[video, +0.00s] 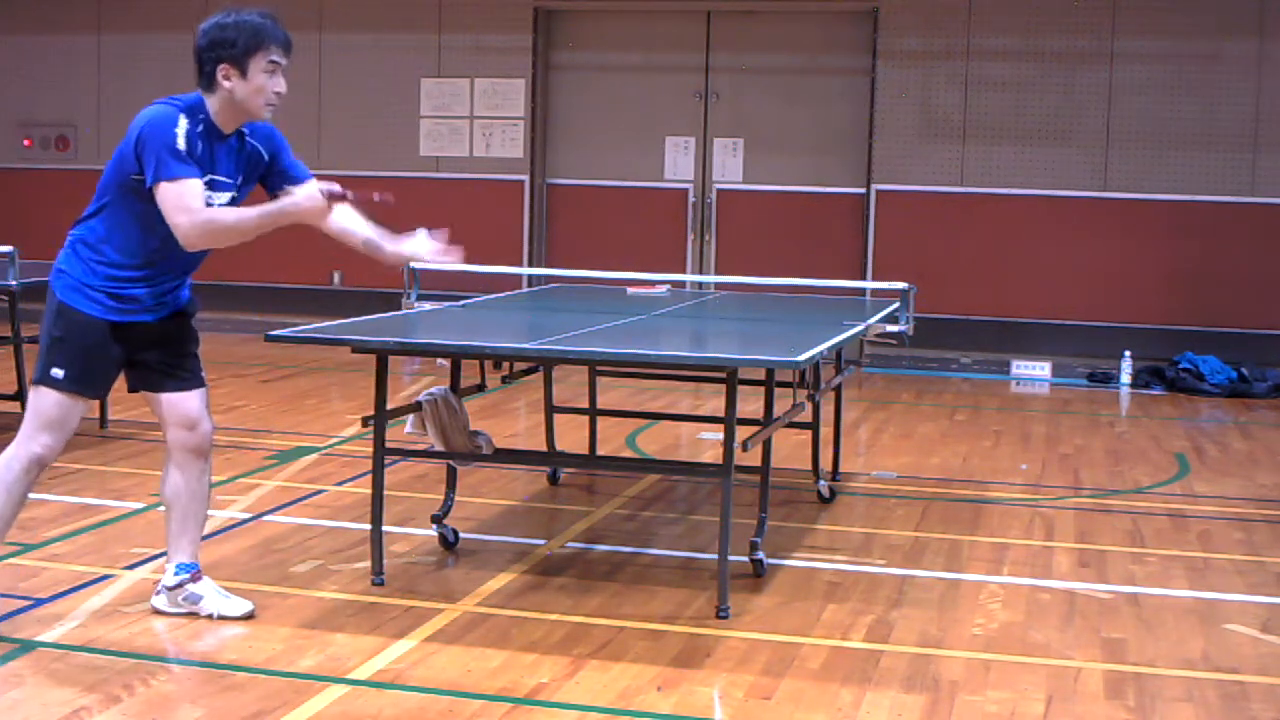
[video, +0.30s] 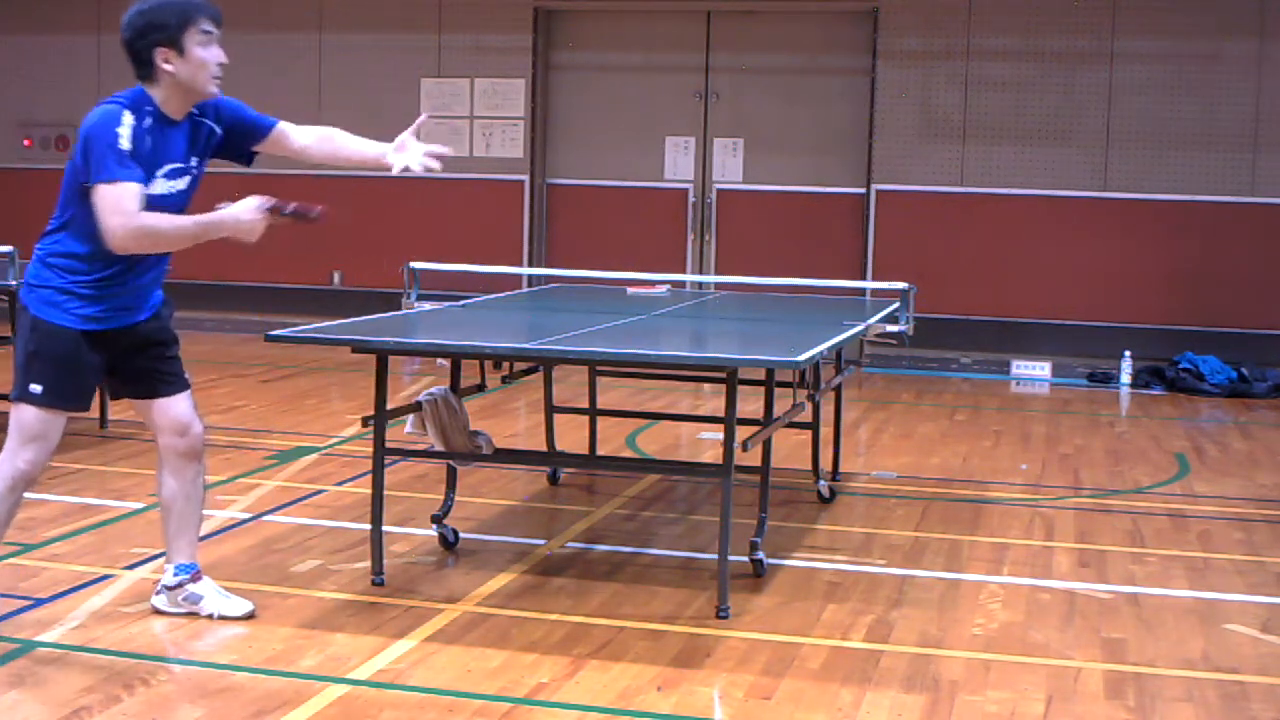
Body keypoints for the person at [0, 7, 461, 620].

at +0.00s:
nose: (281, 85)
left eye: (282, 71)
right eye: (269, 70)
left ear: (241, 76)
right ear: (225, 73)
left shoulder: (261, 141)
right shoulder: (165, 125)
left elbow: (324, 208)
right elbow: (192, 229)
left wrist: (392, 245)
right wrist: (290, 209)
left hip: (161, 303)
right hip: (90, 295)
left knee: (192, 435)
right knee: (38, 444)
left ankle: (179, 578)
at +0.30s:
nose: (222, 55)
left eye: (218, 42)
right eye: (206, 43)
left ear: (178, 59)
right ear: (164, 57)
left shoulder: (209, 116)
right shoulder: (113, 123)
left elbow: (298, 140)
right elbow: (122, 231)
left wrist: (390, 153)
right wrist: (222, 222)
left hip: (137, 303)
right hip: (62, 303)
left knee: (183, 434)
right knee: (25, 456)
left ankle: (180, 579)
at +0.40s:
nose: (208, 50)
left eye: (204, 38)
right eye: (192, 38)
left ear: (172, 56)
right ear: (149, 55)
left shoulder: (205, 116)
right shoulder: (99, 119)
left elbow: (300, 140)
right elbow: (73, 217)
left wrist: (383, 156)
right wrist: (178, 235)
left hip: (133, 305)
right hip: (56, 305)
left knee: (180, 439)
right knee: (19, 462)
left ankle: (181, 578)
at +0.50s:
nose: (202, 52)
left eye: (198, 39)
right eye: (185, 40)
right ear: (142, 59)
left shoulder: (206, 122)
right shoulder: (92, 121)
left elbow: (302, 150)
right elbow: (21, 190)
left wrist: (381, 177)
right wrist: (107, 208)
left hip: (131, 310)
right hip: (51, 310)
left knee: (180, 440)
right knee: (17, 467)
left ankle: (180, 578)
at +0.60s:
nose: (200, 65)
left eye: (198, 50)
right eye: (183, 51)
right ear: (138, 68)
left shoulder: (204, 135)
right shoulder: (93, 125)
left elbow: (286, 183)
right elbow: (24, 195)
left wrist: (348, 236)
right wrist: (32, 152)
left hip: (130, 316)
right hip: (48, 313)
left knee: (187, 447)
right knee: (23, 470)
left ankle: (183, 577)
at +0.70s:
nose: (212, 85)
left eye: (211, 70)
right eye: (197, 70)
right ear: (151, 80)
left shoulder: (204, 154)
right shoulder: (98, 126)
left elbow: (251, 225)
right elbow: (29, 181)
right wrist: (28, 125)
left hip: (128, 322)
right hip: (49, 320)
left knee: (201, 440)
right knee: (27, 475)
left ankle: (186, 571)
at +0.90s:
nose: (288, 144)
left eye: (295, 132)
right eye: (288, 127)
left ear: (254, 111)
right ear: (251, 106)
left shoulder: (218, 160)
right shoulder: (181, 125)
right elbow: (209, 202)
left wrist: (305, 284)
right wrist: (311, 275)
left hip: (146, 318)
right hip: (71, 315)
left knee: (214, 446)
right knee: (30, 473)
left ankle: (232, 590)